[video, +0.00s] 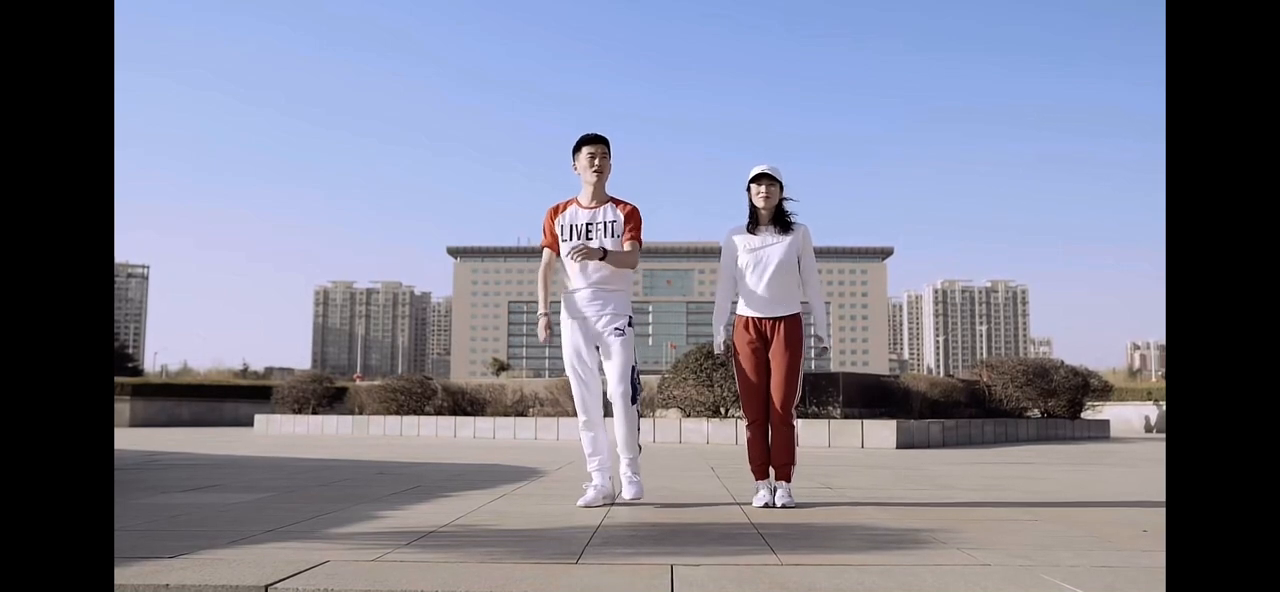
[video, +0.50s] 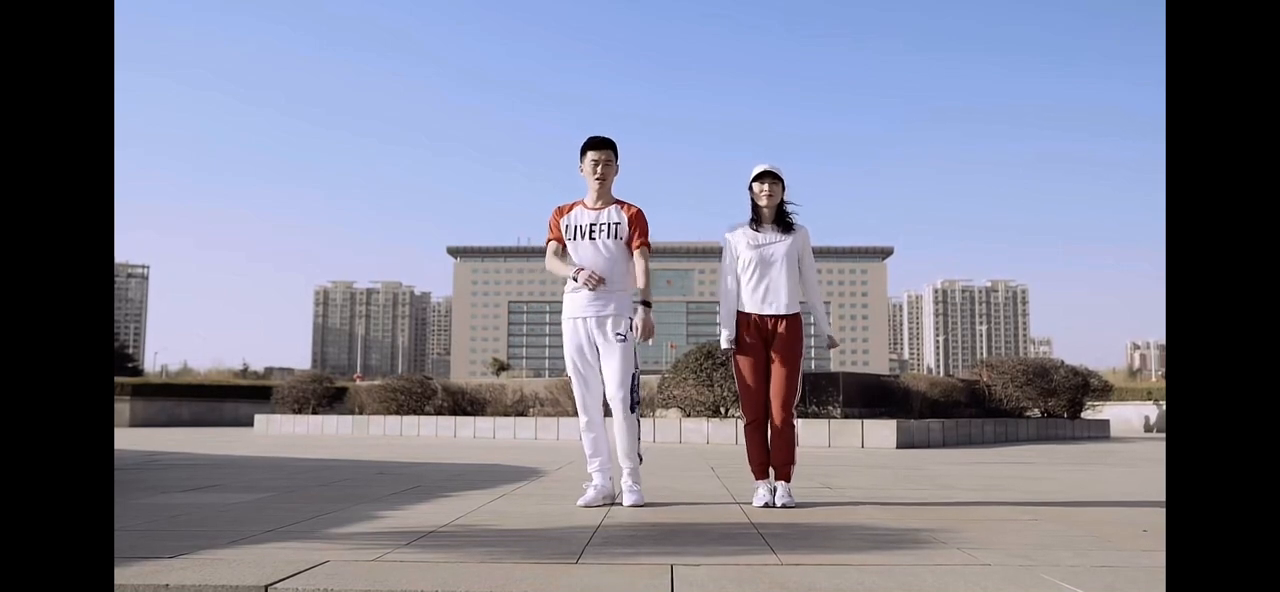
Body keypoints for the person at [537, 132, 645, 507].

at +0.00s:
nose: (598, 161)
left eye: (603, 156)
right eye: (590, 156)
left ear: (610, 164)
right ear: (576, 165)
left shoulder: (626, 211)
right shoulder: (557, 214)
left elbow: (632, 260)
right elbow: (546, 267)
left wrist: (600, 254)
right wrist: (543, 310)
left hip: (614, 312)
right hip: (575, 315)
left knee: (620, 393)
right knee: (585, 401)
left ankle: (629, 472)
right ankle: (600, 481)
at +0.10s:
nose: (598, 160)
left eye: (603, 155)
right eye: (591, 155)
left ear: (610, 164)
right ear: (577, 164)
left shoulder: (626, 208)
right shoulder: (558, 212)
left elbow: (629, 249)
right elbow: (551, 257)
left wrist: (595, 248)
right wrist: (554, 297)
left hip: (614, 314)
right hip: (575, 315)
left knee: (620, 390)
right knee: (585, 402)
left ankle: (629, 470)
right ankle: (599, 481)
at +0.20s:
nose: (599, 162)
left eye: (605, 157)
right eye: (592, 157)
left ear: (613, 165)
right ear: (578, 165)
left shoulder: (626, 207)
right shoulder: (560, 213)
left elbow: (627, 241)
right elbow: (554, 254)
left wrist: (598, 253)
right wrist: (570, 267)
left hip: (613, 313)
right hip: (575, 316)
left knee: (621, 398)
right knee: (587, 405)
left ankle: (630, 481)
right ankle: (600, 483)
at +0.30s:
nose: (600, 165)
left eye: (606, 160)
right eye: (593, 160)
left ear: (613, 167)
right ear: (580, 168)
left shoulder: (627, 209)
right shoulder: (562, 215)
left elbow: (627, 242)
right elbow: (555, 254)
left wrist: (610, 261)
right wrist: (573, 261)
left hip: (613, 314)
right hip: (574, 317)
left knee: (619, 401)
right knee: (587, 405)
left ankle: (630, 481)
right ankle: (600, 482)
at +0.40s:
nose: (600, 168)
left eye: (607, 162)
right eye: (593, 162)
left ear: (615, 168)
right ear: (581, 169)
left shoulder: (629, 211)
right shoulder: (564, 215)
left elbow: (636, 253)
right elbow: (553, 258)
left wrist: (632, 290)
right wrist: (574, 266)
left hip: (614, 312)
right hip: (576, 316)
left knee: (619, 399)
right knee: (588, 404)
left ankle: (630, 481)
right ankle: (600, 482)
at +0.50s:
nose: (601, 169)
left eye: (608, 163)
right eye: (594, 163)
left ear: (616, 169)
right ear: (582, 169)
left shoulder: (630, 214)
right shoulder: (563, 215)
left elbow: (641, 260)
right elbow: (551, 259)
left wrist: (644, 306)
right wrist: (574, 272)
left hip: (617, 313)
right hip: (576, 315)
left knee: (620, 398)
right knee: (587, 402)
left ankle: (630, 481)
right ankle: (600, 482)